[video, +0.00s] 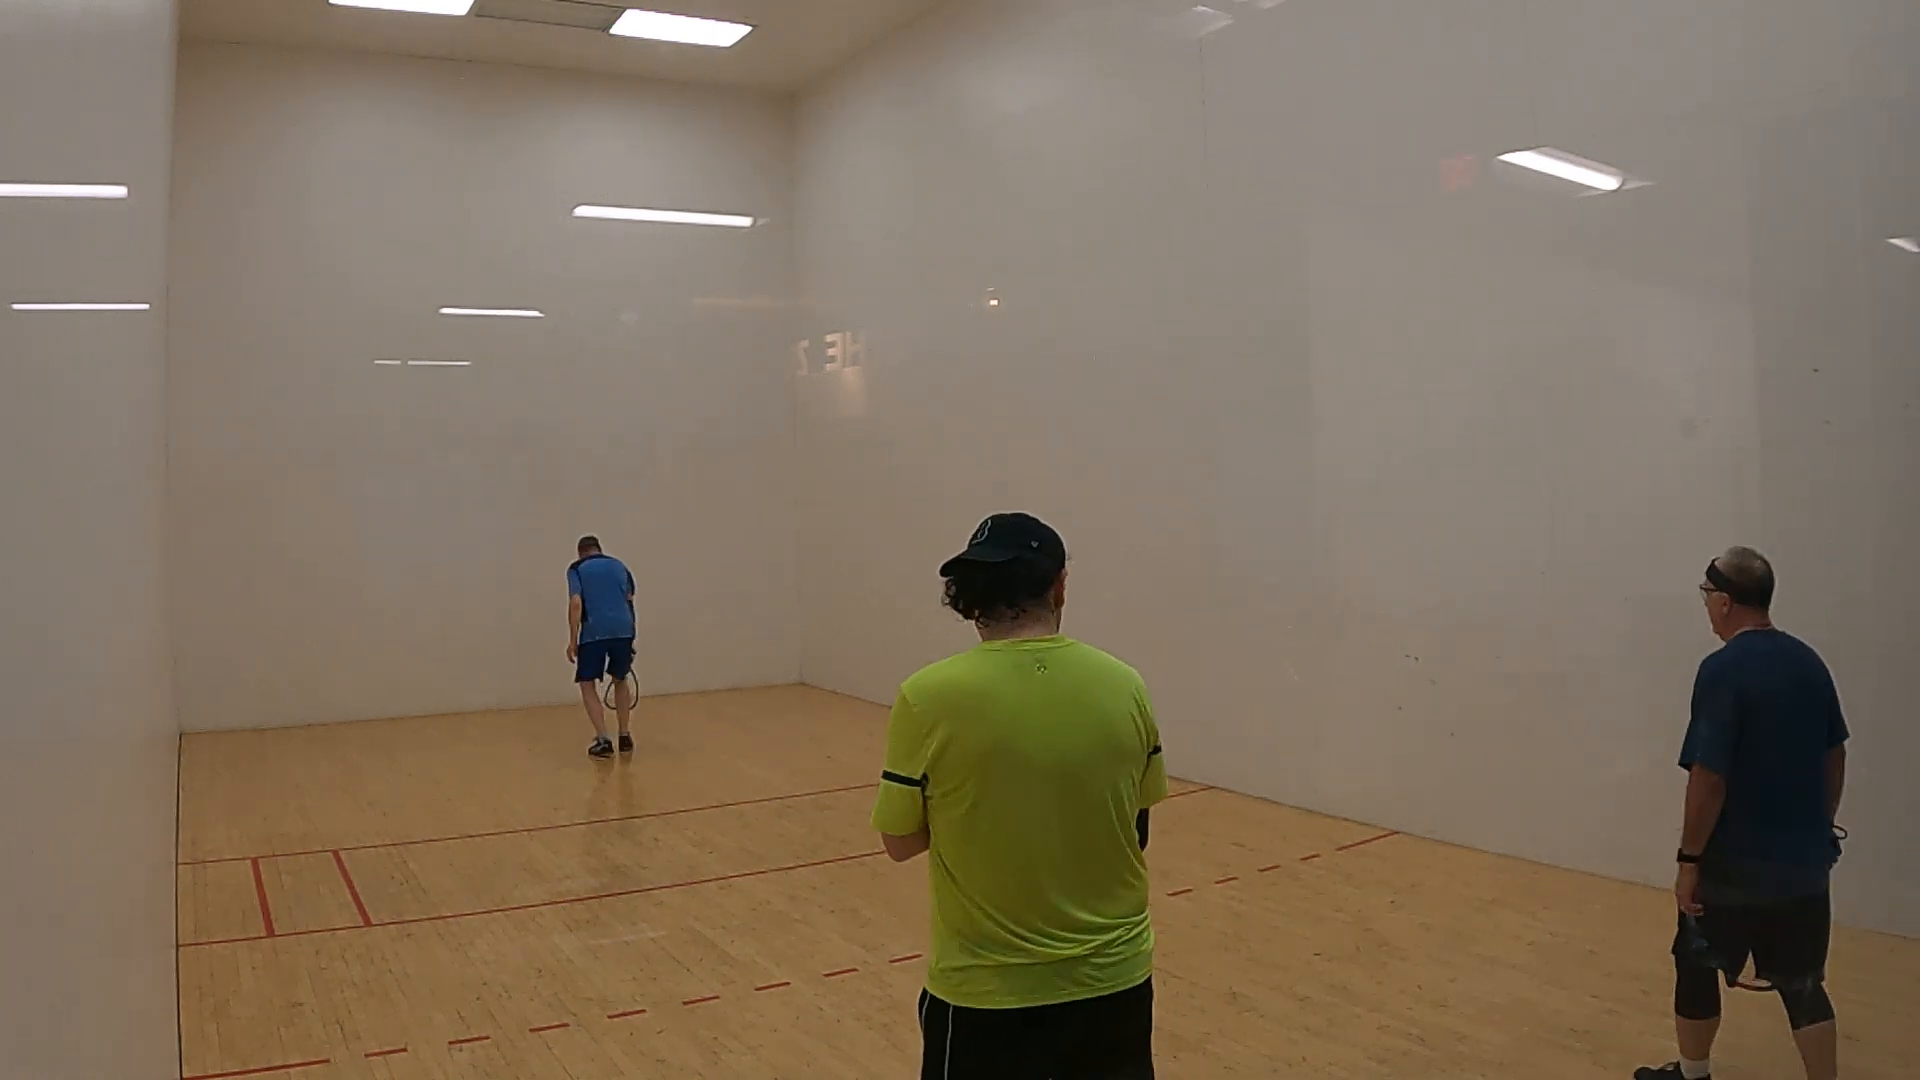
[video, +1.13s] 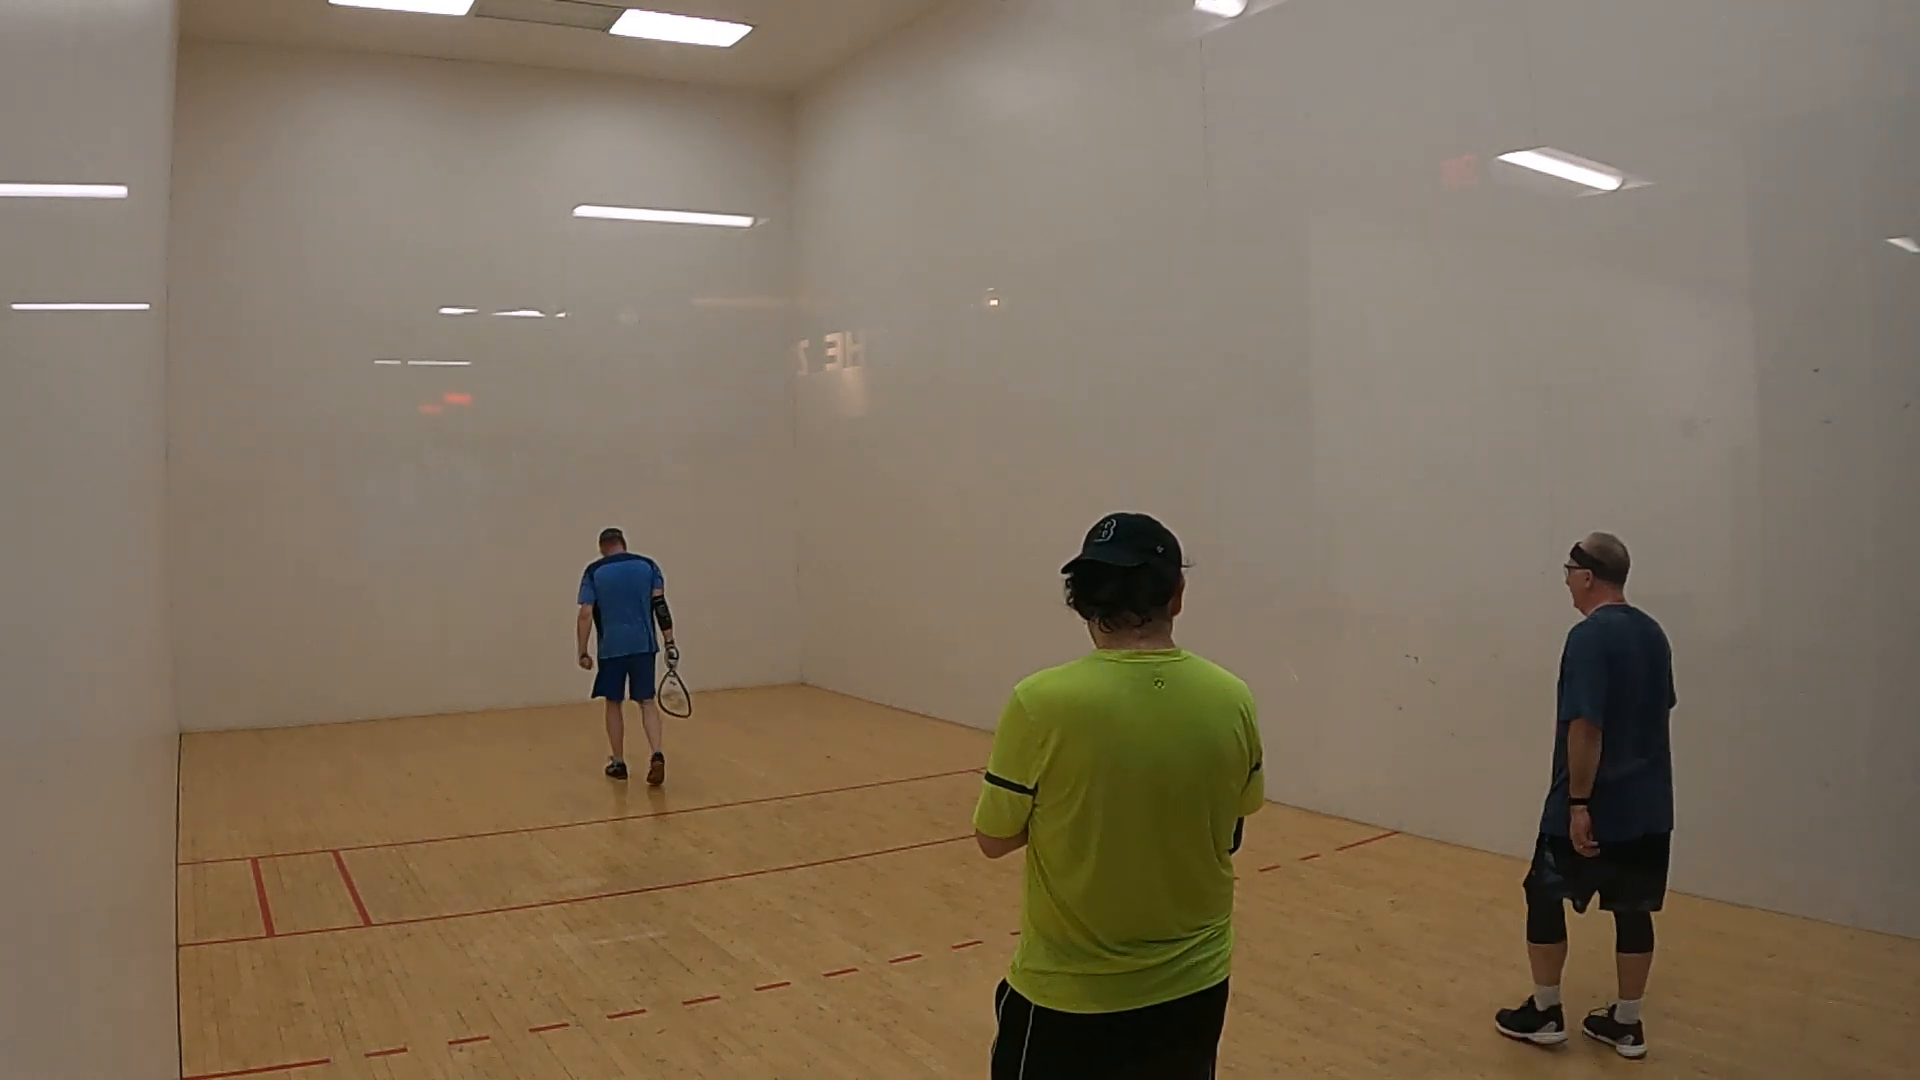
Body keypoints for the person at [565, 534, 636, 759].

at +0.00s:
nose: (580, 558)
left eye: (579, 555)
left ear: (580, 553)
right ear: (600, 549)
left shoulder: (576, 568)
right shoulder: (618, 564)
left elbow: (576, 602)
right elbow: (630, 597)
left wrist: (573, 640)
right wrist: (630, 636)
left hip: (594, 634)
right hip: (624, 632)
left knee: (587, 684)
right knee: (620, 680)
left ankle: (603, 739)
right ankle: (624, 734)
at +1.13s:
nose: (604, 553)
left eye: (602, 550)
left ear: (601, 548)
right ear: (624, 544)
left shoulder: (594, 571)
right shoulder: (647, 565)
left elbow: (585, 614)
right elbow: (659, 605)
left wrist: (582, 650)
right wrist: (670, 642)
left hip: (612, 651)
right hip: (644, 648)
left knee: (613, 703)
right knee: (647, 702)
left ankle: (618, 762)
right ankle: (657, 754)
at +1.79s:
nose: (635, 554)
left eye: (632, 549)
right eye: (644, 548)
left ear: (628, 550)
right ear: (654, 549)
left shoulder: (617, 574)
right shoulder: (675, 572)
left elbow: (606, 619)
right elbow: (685, 617)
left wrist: (594, 653)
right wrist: (694, 656)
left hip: (631, 662)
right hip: (664, 660)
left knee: (637, 721)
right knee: (660, 715)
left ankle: (648, 784)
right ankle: (658, 777)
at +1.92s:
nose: (633, 558)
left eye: (629, 554)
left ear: (626, 555)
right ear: (651, 551)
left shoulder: (616, 578)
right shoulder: (675, 573)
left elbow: (605, 625)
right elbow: (685, 617)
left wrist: (592, 653)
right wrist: (695, 658)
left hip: (635, 665)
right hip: (669, 663)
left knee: (644, 726)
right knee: (663, 720)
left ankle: (652, 794)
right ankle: (662, 775)